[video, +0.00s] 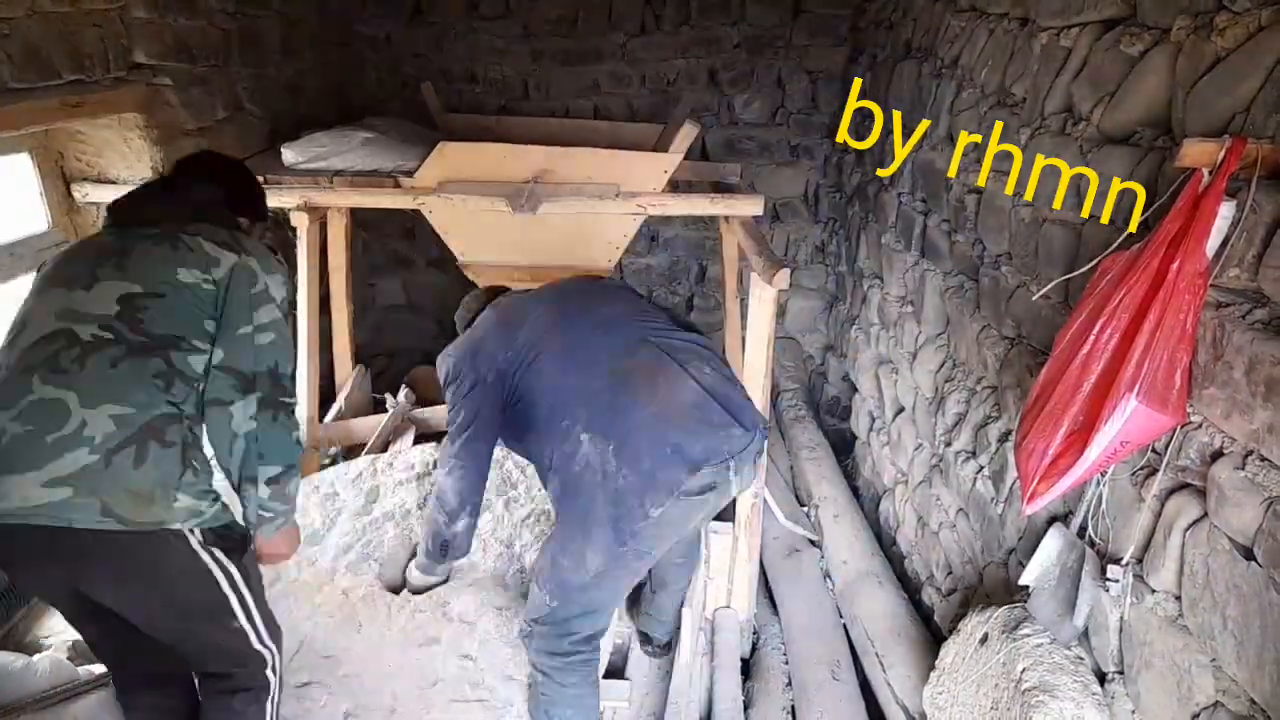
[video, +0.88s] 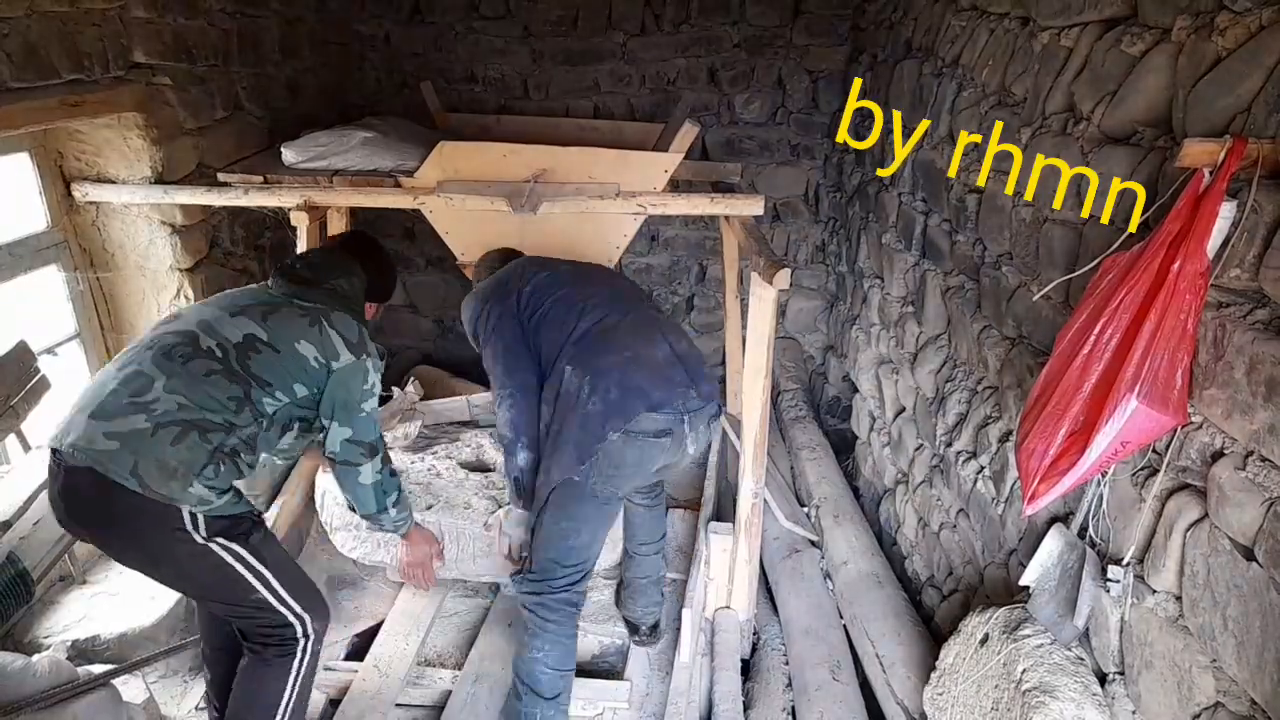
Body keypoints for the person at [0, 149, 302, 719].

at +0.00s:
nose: (257, 236)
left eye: (258, 226)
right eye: (257, 225)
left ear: (161, 196)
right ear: (241, 215)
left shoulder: (73, 256)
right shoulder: (247, 263)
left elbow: (16, 369)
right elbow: (250, 398)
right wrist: (273, 517)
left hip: (18, 516)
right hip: (135, 516)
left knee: (147, 677)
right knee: (244, 667)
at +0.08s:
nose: (350, 421)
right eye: (353, 411)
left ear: (271, 363)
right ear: (341, 403)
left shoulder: (198, 384)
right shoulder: (325, 432)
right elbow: (295, 560)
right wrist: (312, 683)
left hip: (7, 542)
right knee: (270, 688)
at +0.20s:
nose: (338, 388)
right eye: (337, 377)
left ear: (247, 353)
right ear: (326, 376)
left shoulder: (190, 383)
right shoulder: (323, 413)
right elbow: (307, 545)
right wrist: (328, 664)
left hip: (10, 541)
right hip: (123, 557)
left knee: (153, 666)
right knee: (288, 684)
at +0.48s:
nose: (375, 315)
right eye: (375, 302)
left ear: (296, 277)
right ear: (369, 305)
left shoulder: (229, 309)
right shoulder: (364, 360)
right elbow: (324, 490)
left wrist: (278, 544)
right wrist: (345, 601)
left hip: (75, 499)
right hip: (177, 517)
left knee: (190, 613)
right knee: (286, 658)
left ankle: (223, 711)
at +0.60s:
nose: (392, 333)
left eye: (393, 324)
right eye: (395, 324)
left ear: (322, 287)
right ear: (384, 322)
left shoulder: (269, 314)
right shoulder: (357, 358)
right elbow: (315, 490)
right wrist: (333, 604)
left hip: (72, 483)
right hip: (150, 500)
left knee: (209, 607)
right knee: (281, 653)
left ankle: (219, 709)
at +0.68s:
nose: (403, 339)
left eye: (404, 333)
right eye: (405, 332)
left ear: (332, 295)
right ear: (396, 328)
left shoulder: (279, 320)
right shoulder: (374, 367)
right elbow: (325, 494)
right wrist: (348, 594)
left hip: (102, 489)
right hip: (181, 507)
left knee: (234, 584)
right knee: (320, 645)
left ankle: (232, 707)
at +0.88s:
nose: (377, 318)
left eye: (379, 309)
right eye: (380, 308)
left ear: (314, 270)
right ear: (369, 307)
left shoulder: (252, 300)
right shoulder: (347, 345)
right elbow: (359, 457)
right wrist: (406, 528)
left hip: (76, 472)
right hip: (149, 491)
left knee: (224, 586)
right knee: (294, 624)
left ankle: (228, 706)